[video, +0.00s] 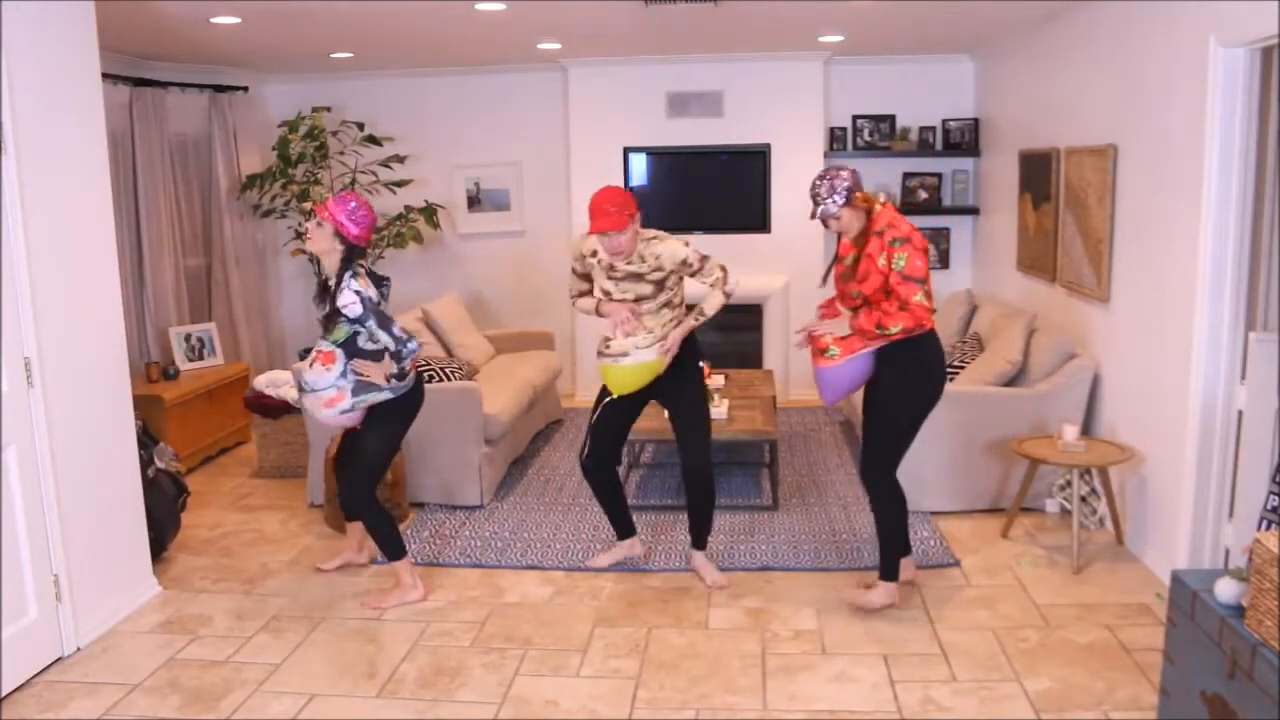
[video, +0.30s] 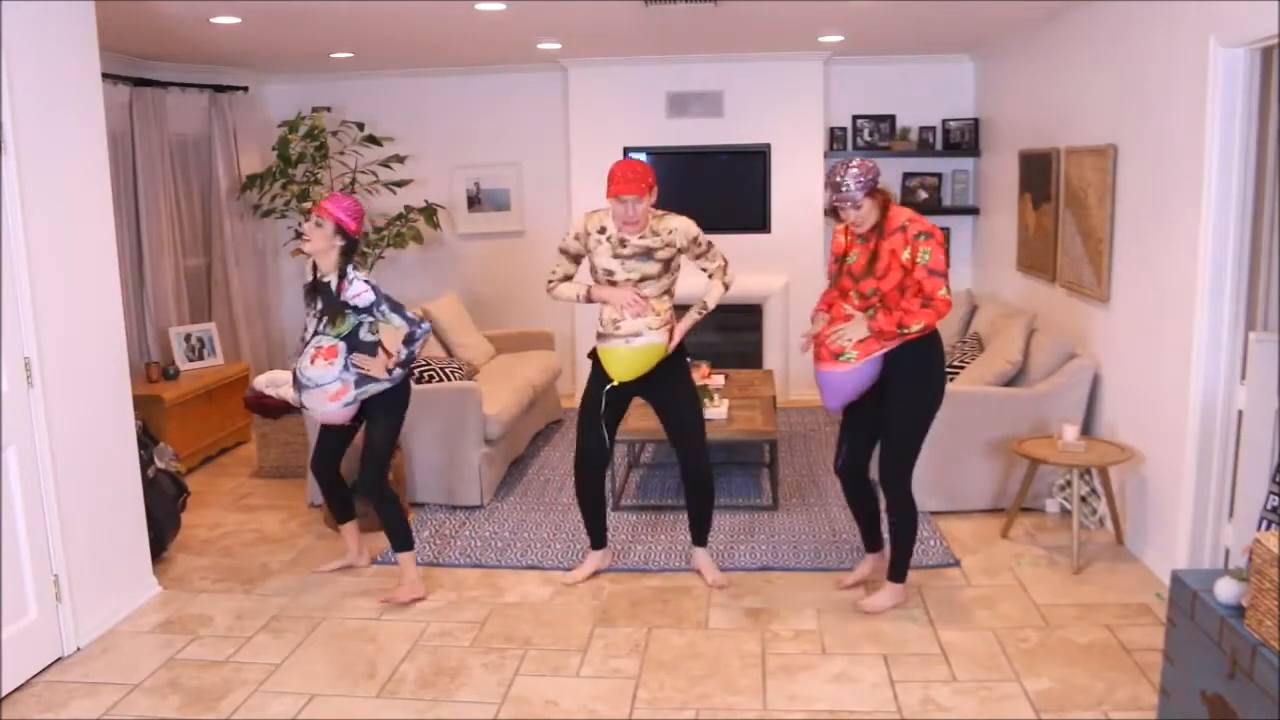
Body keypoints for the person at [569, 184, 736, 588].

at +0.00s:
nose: (614, 242)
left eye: (621, 232)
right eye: (605, 235)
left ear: (637, 223)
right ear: (594, 232)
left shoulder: (667, 250)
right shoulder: (586, 252)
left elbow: (721, 282)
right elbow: (578, 295)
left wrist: (684, 329)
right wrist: (606, 307)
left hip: (677, 359)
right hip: (626, 362)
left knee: (697, 457)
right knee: (595, 459)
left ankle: (699, 550)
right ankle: (628, 540)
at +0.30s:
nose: (629, 211)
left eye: (638, 202)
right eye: (621, 202)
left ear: (652, 198)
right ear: (608, 200)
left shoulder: (678, 230)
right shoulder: (590, 228)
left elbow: (722, 274)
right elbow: (556, 283)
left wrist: (683, 325)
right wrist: (606, 293)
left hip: (664, 352)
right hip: (612, 354)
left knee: (693, 448)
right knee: (589, 452)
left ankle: (700, 548)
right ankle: (597, 549)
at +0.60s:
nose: (625, 186)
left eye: (634, 177)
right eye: (616, 177)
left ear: (649, 180)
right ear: (605, 182)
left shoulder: (675, 224)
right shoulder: (584, 217)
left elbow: (714, 273)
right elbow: (546, 271)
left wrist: (674, 316)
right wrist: (594, 282)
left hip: (653, 349)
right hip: (601, 350)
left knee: (686, 451)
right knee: (569, 456)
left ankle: (701, 552)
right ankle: (587, 543)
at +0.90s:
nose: (608, 196)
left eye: (618, 190)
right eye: (602, 190)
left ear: (635, 206)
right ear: (591, 202)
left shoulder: (658, 251)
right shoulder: (567, 247)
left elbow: (695, 296)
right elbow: (534, 301)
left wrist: (662, 341)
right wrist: (577, 318)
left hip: (643, 375)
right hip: (586, 376)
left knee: (693, 456)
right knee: (546, 468)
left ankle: (702, 555)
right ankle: (553, 556)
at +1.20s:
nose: (610, 221)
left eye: (619, 213)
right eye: (602, 213)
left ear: (634, 225)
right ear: (588, 222)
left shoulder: (657, 265)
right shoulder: (566, 264)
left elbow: (693, 299)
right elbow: (543, 306)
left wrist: (663, 350)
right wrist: (586, 330)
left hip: (645, 376)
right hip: (588, 378)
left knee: (698, 457)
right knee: (545, 468)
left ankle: (703, 553)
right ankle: (554, 556)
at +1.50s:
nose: (621, 271)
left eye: (630, 260)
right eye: (612, 261)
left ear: (643, 260)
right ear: (598, 260)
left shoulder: (668, 294)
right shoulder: (573, 291)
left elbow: (691, 326)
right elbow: (546, 334)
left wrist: (663, 377)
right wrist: (590, 362)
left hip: (652, 387)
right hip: (592, 388)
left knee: (715, 461)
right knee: (535, 467)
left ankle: (704, 553)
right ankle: (553, 554)